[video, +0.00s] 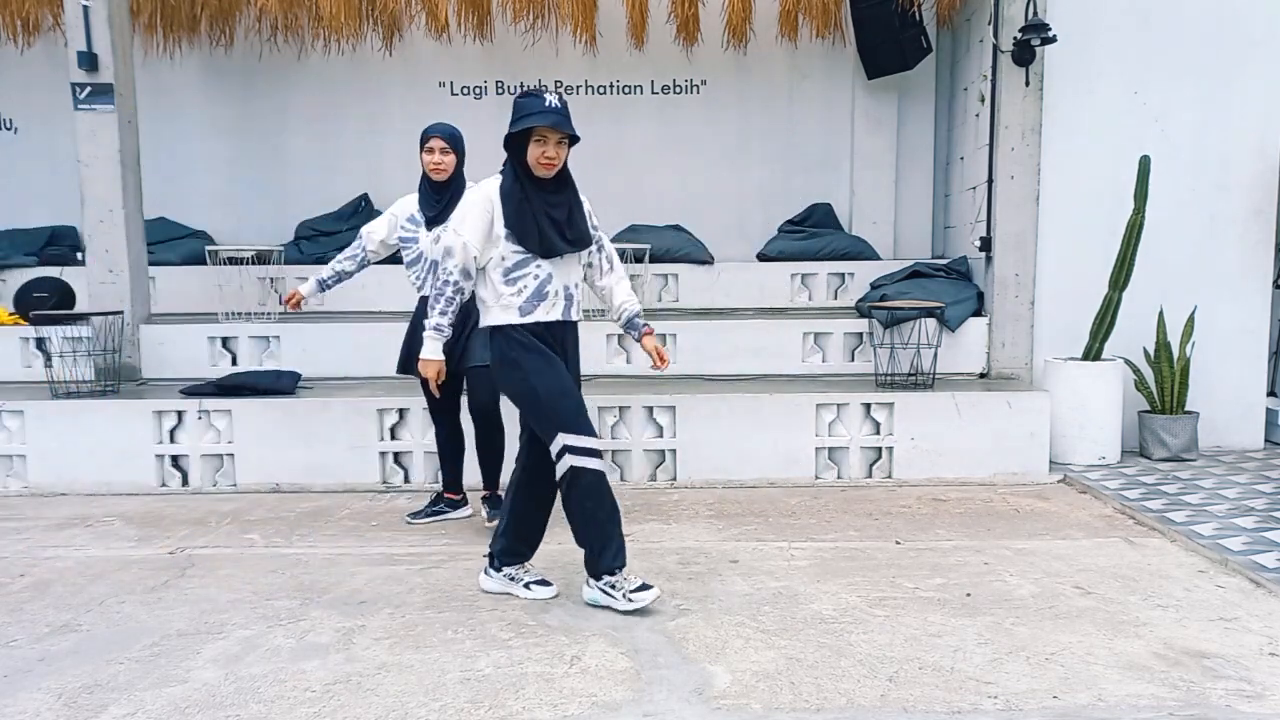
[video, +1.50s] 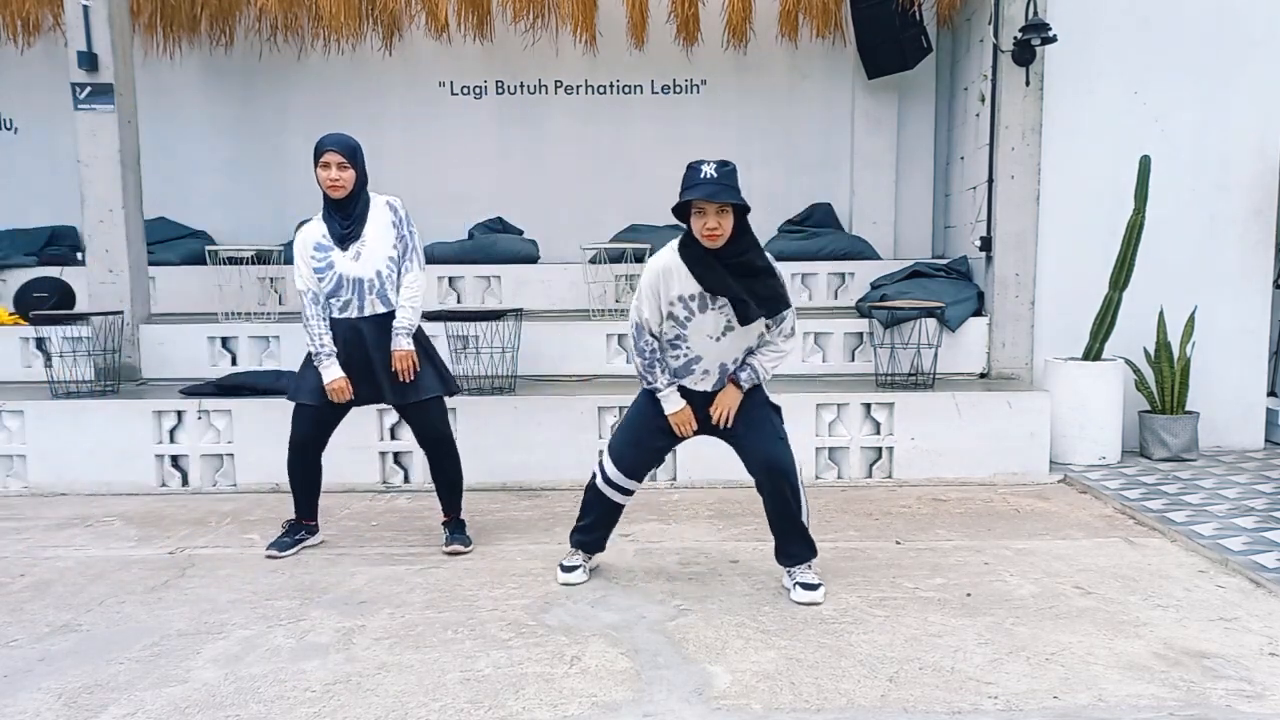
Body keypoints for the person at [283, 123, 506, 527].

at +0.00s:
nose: (437, 159)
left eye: (445, 152)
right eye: (430, 151)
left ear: (460, 157)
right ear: (420, 157)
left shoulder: (480, 204)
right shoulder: (405, 212)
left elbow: (505, 256)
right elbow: (359, 252)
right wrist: (309, 288)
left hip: (479, 311)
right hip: (434, 313)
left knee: (484, 406)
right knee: (443, 409)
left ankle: (493, 493)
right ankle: (453, 496)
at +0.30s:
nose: (435, 160)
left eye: (444, 153)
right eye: (427, 153)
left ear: (457, 160)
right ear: (416, 159)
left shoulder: (475, 210)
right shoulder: (394, 210)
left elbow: (498, 274)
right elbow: (368, 259)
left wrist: (515, 329)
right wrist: (344, 297)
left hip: (462, 323)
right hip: (413, 325)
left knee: (451, 418)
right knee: (428, 421)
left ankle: (455, 517)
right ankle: (449, 494)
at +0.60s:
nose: (435, 151)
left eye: (443, 144)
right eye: (426, 144)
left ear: (457, 151)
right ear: (416, 152)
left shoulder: (479, 207)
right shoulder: (393, 204)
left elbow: (494, 276)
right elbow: (378, 275)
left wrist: (497, 336)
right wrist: (378, 331)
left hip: (462, 328)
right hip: (406, 329)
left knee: (455, 425)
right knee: (376, 419)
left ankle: (454, 520)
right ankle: (403, 487)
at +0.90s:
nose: (419, 145)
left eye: (428, 138)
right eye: (411, 139)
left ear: (442, 146)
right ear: (400, 149)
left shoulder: (464, 206)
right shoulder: (375, 198)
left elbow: (478, 273)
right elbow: (357, 267)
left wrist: (460, 323)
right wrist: (363, 323)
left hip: (442, 325)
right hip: (386, 325)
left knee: (446, 427)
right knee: (357, 424)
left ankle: (453, 521)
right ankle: (325, 517)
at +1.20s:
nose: (390, 147)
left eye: (398, 138)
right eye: (382, 140)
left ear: (415, 144)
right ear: (372, 148)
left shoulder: (443, 200)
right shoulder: (353, 199)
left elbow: (456, 272)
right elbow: (345, 273)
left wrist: (442, 332)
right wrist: (357, 332)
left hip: (427, 325)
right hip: (369, 325)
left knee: (437, 431)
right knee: (327, 420)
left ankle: (452, 521)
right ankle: (316, 513)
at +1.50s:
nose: (334, 175)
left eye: (343, 167)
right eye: (325, 167)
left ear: (359, 171)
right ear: (317, 174)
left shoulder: (391, 211)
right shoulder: (307, 235)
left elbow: (413, 275)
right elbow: (311, 307)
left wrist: (403, 336)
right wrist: (328, 365)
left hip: (394, 340)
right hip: (336, 347)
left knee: (436, 435)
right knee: (303, 439)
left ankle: (454, 523)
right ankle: (305, 523)